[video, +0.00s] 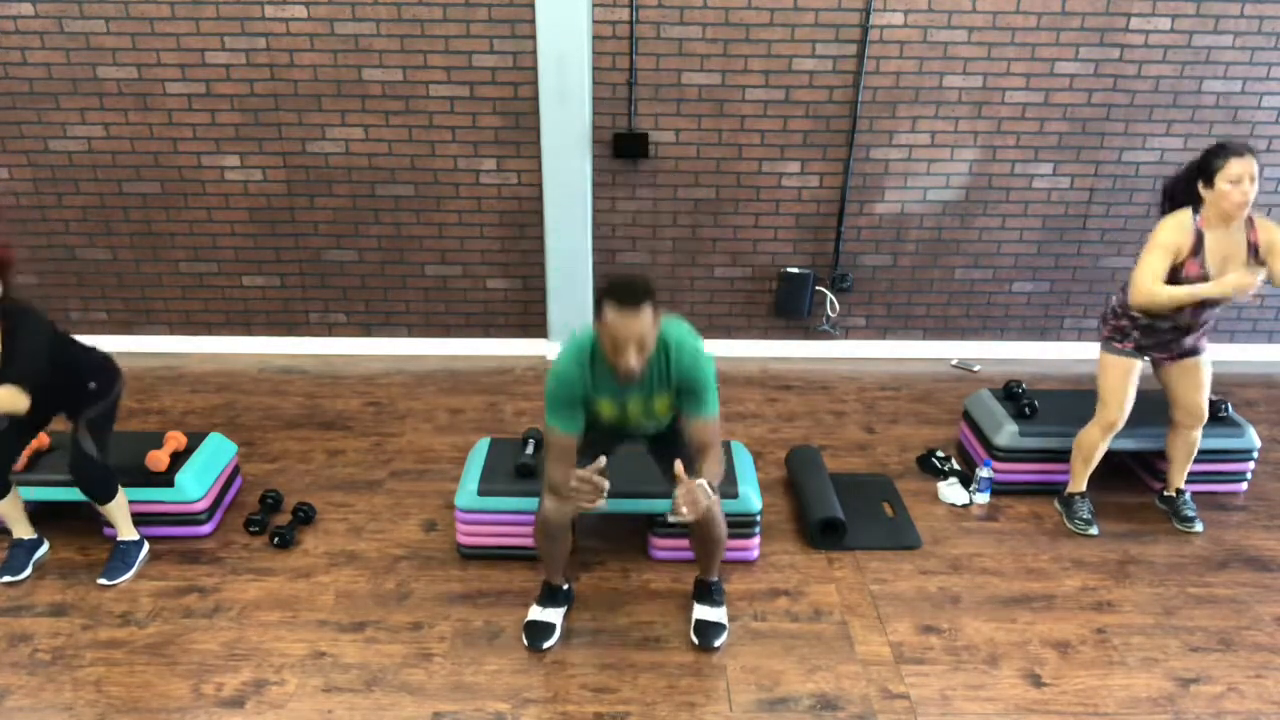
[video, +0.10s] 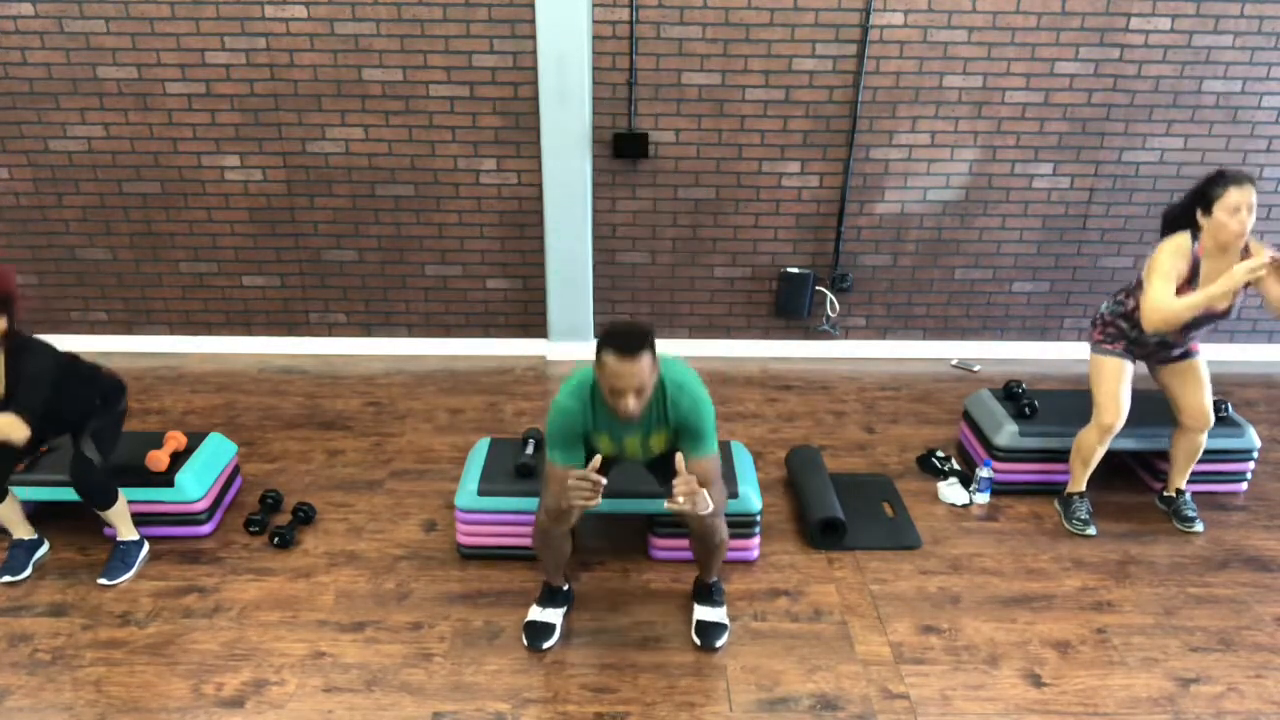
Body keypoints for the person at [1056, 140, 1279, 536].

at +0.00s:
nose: (1247, 191)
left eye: (1252, 181)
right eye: (1235, 182)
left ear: (1257, 184)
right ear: (1205, 188)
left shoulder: (1263, 234)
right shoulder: (1177, 227)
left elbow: (1278, 277)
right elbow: (1142, 295)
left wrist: (1264, 269)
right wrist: (1216, 289)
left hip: (1185, 330)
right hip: (1132, 324)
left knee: (1192, 416)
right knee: (1111, 417)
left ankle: (1174, 493)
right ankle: (1074, 494)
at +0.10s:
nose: (1246, 221)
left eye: (1251, 211)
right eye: (1235, 211)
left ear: (1256, 215)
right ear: (1204, 216)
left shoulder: (1253, 255)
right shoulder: (1175, 250)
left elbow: (1277, 305)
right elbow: (1154, 319)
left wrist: (1270, 276)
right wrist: (1221, 287)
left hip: (1173, 337)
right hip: (1120, 329)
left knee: (1198, 419)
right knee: (1109, 419)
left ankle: (1173, 492)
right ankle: (1073, 493)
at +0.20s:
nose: (1241, 252)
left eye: (1246, 242)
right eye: (1230, 242)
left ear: (1252, 245)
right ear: (1200, 245)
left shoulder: (1247, 286)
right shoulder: (1169, 274)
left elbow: (1276, 345)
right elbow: (1157, 345)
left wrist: (1270, 307)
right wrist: (1222, 306)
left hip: (1170, 348)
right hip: (1115, 340)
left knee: (1204, 423)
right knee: (1107, 424)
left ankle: (1174, 493)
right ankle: (1073, 494)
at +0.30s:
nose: (1236, 279)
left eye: (1241, 268)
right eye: (1225, 268)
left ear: (1247, 270)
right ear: (1194, 270)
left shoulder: (1239, 308)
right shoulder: (1162, 295)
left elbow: (1268, 375)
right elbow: (1151, 367)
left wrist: (1259, 336)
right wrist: (1215, 329)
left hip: (1167, 356)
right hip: (1109, 349)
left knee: (1209, 429)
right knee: (1106, 428)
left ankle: (1174, 493)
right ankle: (1073, 494)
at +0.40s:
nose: (1229, 298)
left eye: (1235, 288)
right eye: (1219, 288)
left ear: (1241, 289)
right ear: (1190, 287)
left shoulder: (1234, 322)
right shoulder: (1157, 310)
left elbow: (1265, 392)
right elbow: (1145, 385)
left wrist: (1255, 352)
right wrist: (1207, 348)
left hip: (1164, 365)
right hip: (1106, 358)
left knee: (1212, 433)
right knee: (1106, 431)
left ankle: (1175, 493)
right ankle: (1073, 494)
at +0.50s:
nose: (1227, 311)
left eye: (1234, 299)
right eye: (1217, 299)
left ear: (1239, 299)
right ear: (1188, 295)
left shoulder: (1231, 329)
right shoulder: (1155, 318)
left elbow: (1262, 399)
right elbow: (1142, 391)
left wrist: (1252, 364)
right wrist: (1204, 357)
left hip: (1162, 372)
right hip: (1104, 363)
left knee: (1214, 432)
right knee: (1105, 431)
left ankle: (1175, 493)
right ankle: (1073, 494)